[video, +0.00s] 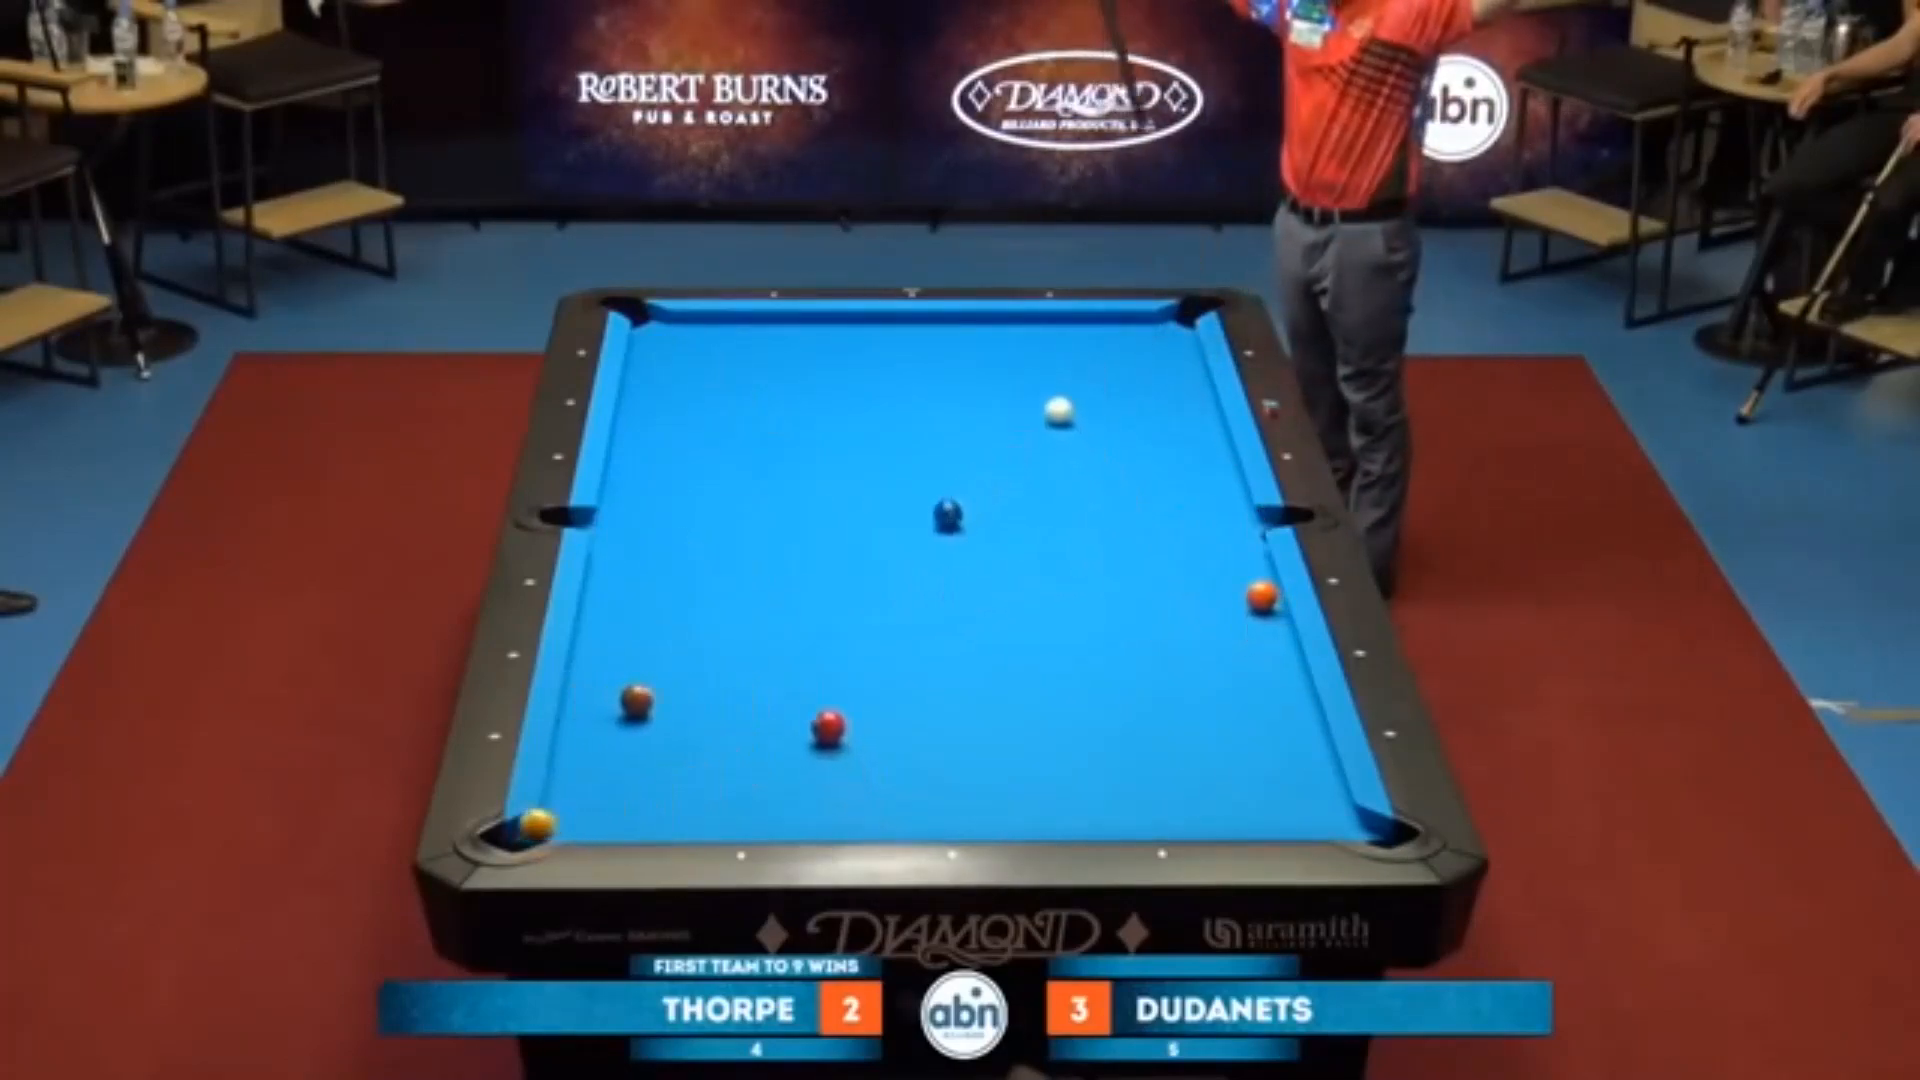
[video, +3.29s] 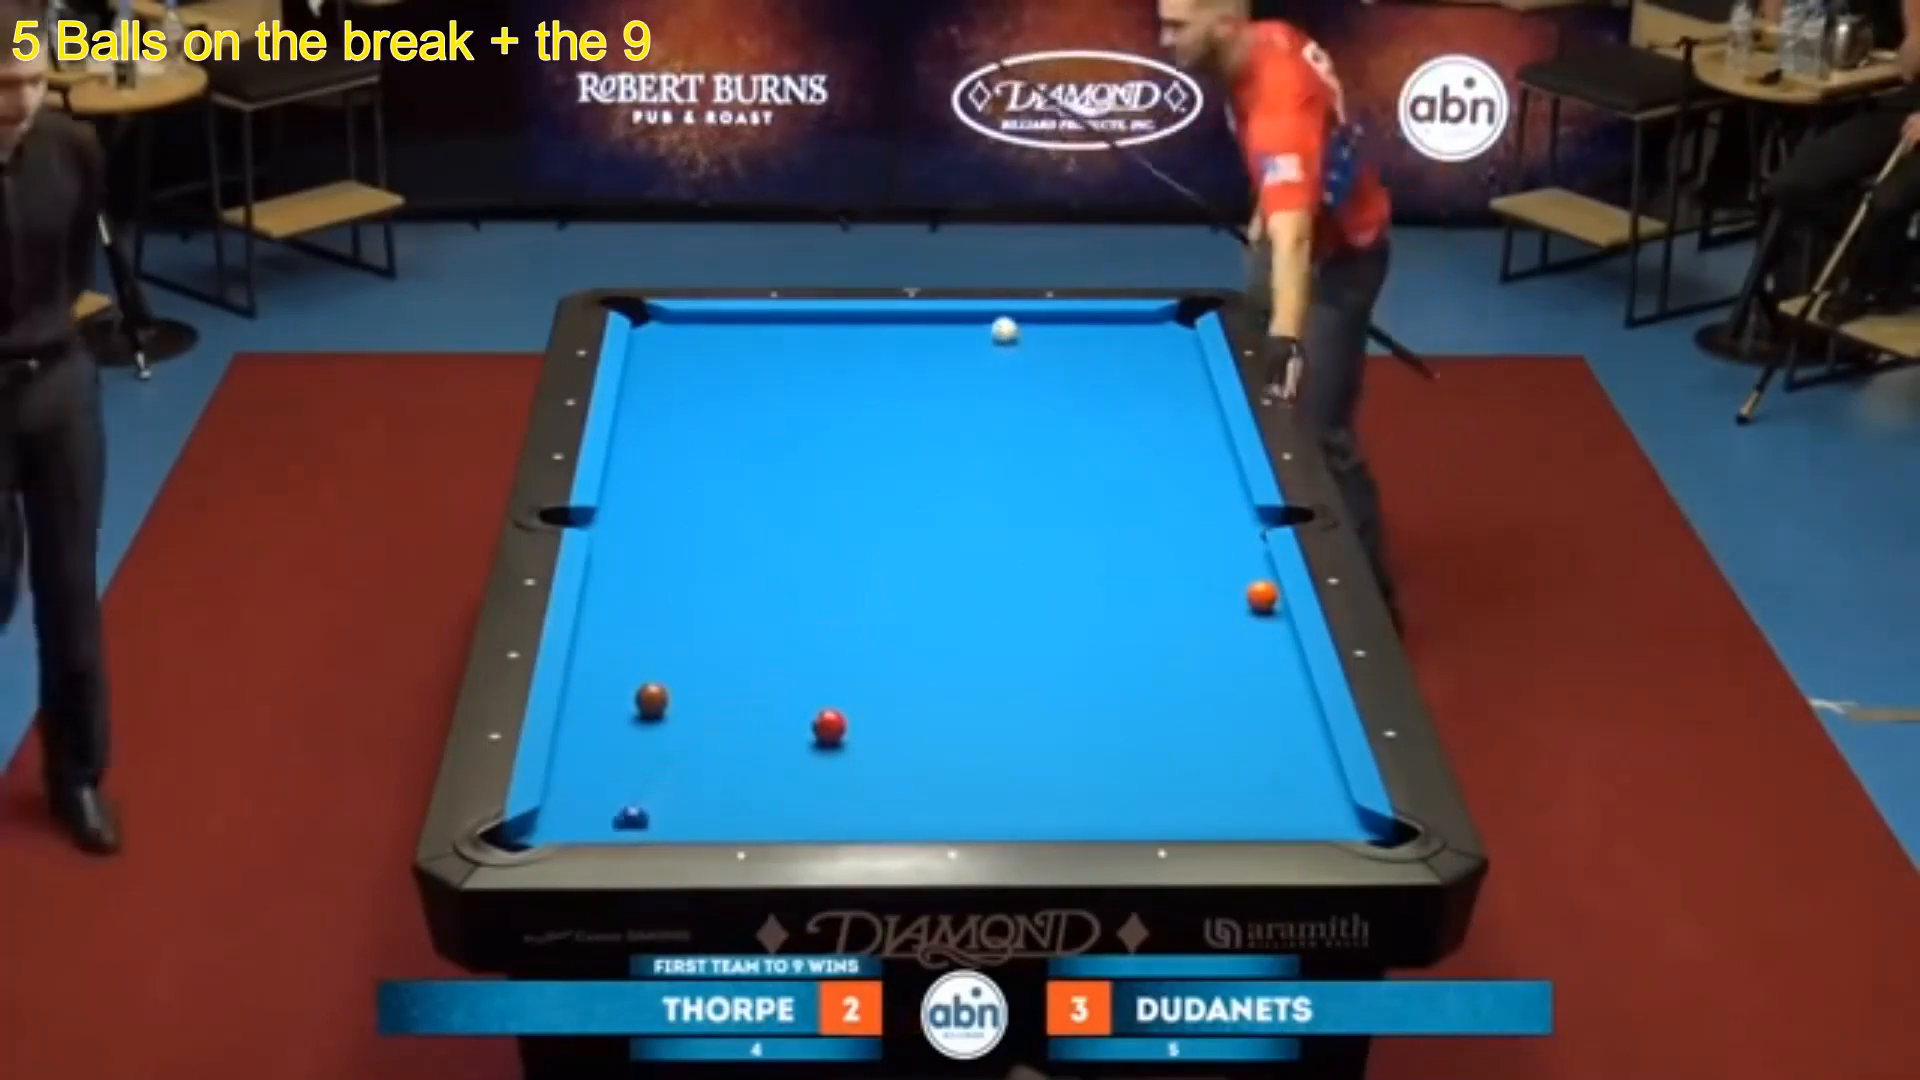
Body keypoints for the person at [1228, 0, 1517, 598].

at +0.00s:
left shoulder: (1406, 16)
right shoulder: (1292, 10)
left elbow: (1505, 4)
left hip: (1368, 236)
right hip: (1296, 228)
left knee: (1370, 402)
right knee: (1314, 393)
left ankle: (1371, 564)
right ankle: (1320, 534)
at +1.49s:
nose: (1280, 5)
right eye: (1272, 1)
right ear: (1264, 2)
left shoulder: (1373, 12)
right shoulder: (1261, 49)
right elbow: (1182, 74)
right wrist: (1100, 87)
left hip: (1403, 214)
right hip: (1324, 222)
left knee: (1402, 336)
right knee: (1294, 371)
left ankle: (1407, 496)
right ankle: (1315, 512)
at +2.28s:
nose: (1265, 6)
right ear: (1253, 6)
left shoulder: (1360, 25)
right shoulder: (1259, 74)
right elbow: (1202, 145)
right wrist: (1120, 193)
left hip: (1403, 225)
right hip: (1327, 238)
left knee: (1390, 356)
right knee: (1289, 381)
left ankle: (1401, 536)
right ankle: (1317, 533)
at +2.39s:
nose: (1265, 8)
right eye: (1256, 1)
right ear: (1251, 6)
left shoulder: (1363, 14)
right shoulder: (1264, 70)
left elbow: (1406, 75)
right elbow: (1240, 162)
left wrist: (1390, 166)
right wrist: (1176, 244)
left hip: (1394, 231)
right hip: (1317, 242)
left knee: (1368, 392)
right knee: (1288, 398)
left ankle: (1382, 566)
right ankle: (1308, 558)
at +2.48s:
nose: (1264, 7)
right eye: (1257, 1)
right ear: (1258, 7)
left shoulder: (1372, 41)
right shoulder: (1275, 64)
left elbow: (1419, 142)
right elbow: (1267, 173)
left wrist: (1406, 257)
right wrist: (1228, 263)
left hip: (1378, 248)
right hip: (1311, 250)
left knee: (1354, 423)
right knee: (1283, 405)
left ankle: (1373, 590)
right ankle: (1305, 571)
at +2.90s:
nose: (1273, 42)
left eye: (1287, 25)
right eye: (1261, 28)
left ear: (1326, 12)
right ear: (1250, 20)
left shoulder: (1366, 94)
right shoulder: (1306, 57)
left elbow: (1385, 236)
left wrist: (1355, 347)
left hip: (1369, 271)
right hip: (1316, 249)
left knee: (1334, 441)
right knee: (1271, 389)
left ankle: (1365, 596)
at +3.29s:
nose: (1166, 41)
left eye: (1178, 26)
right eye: (1164, 26)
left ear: (1226, 19)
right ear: (1217, 21)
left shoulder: (1280, 84)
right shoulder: (1253, 47)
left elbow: (1293, 232)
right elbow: (1282, 133)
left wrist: (1285, 350)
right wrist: (1268, 204)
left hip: (1341, 249)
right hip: (1280, 236)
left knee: (1320, 429)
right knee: (1263, 398)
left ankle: (1370, 599)